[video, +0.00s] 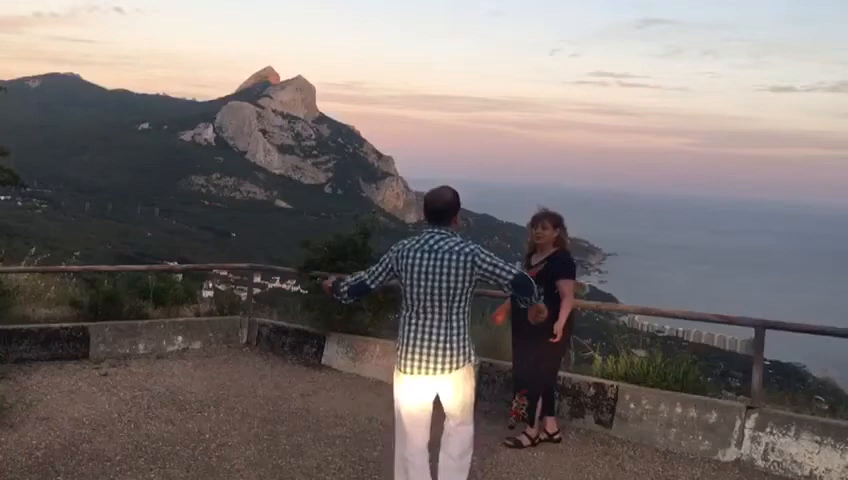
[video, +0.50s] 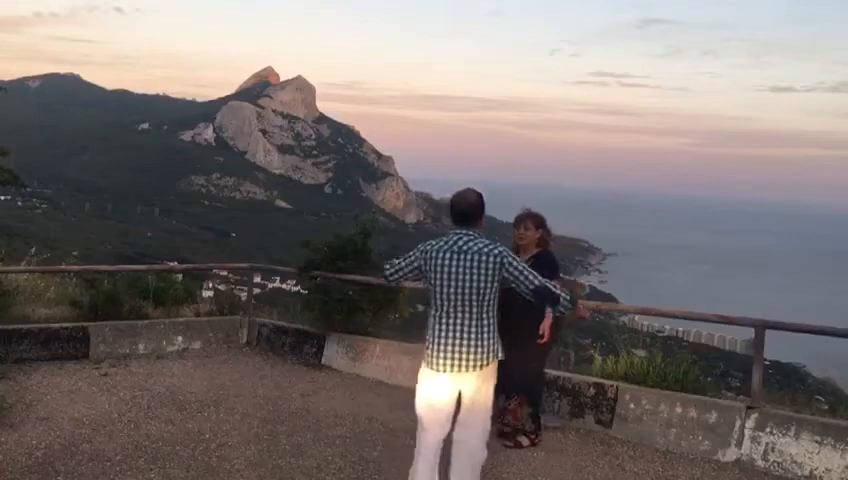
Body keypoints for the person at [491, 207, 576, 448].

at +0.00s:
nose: (538, 232)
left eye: (544, 228)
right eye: (535, 227)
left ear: (557, 233)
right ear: (531, 231)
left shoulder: (562, 259)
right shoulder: (531, 257)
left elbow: (567, 295)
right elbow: (522, 288)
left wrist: (560, 322)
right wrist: (505, 308)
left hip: (548, 326)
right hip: (527, 325)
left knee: (536, 374)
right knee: (544, 374)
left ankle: (532, 429)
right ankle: (550, 425)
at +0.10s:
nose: (536, 232)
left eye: (543, 228)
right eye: (534, 228)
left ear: (555, 233)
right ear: (529, 231)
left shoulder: (560, 259)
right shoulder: (530, 257)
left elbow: (565, 296)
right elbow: (520, 287)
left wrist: (559, 323)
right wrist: (500, 306)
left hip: (546, 327)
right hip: (526, 326)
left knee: (536, 376)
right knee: (542, 375)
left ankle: (532, 430)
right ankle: (550, 424)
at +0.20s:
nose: (533, 233)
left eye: (540, 229)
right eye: (531, 229)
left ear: (552, 234)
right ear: (526, 232)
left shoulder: (557, 260)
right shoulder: (526, 258)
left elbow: (562, 296)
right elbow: (516, 287)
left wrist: (557, 320)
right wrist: (495, 302)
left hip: (543, 326)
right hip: (522, 323)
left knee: (537, 373)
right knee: (540, 371)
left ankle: (533, 430)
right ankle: (547, 420)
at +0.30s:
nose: (530, 234)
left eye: (536, 230)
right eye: (527, 230)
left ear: (548, 234)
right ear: (523, 232)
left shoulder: (555, 260)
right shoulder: (521, 259)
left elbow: (558, 294)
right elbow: (512, 286)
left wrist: (552, 321)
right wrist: (496, 300)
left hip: (540, 325)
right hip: (516, 322)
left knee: (536, 373)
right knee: (515, 367)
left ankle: (532, 431)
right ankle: (542, 413)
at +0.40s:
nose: (526, 233)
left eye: (532, 230)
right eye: (523, 229)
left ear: (545, 234)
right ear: (519, 232)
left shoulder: (551, 260)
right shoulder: (517, 258)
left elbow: (556, 293)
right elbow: (507, 286)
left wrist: (550, 320)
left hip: (536, 324)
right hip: (513, 322)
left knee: (531, 373)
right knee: (511, 368)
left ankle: (531, 429)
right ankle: (513, 414)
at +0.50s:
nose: (521, 233)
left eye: (527, 229)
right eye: (518, 228)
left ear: (539, 233)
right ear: (514, 231)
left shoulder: (546, 260)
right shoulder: (512, 257)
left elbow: (551, 291)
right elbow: (503, 288)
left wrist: (548, 318)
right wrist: (500, 315)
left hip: (534, 324)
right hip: (510, 322)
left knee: (531, 372)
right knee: (511, 370)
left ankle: (531, 427)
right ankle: (510, 419)